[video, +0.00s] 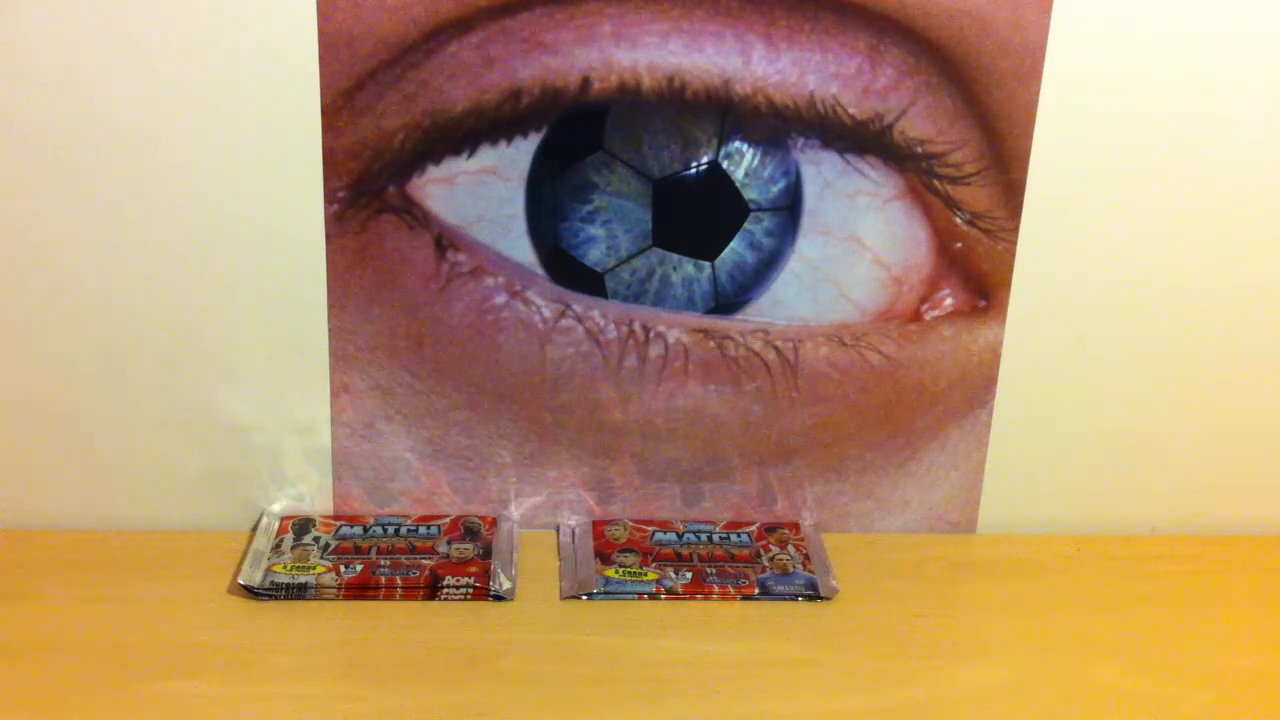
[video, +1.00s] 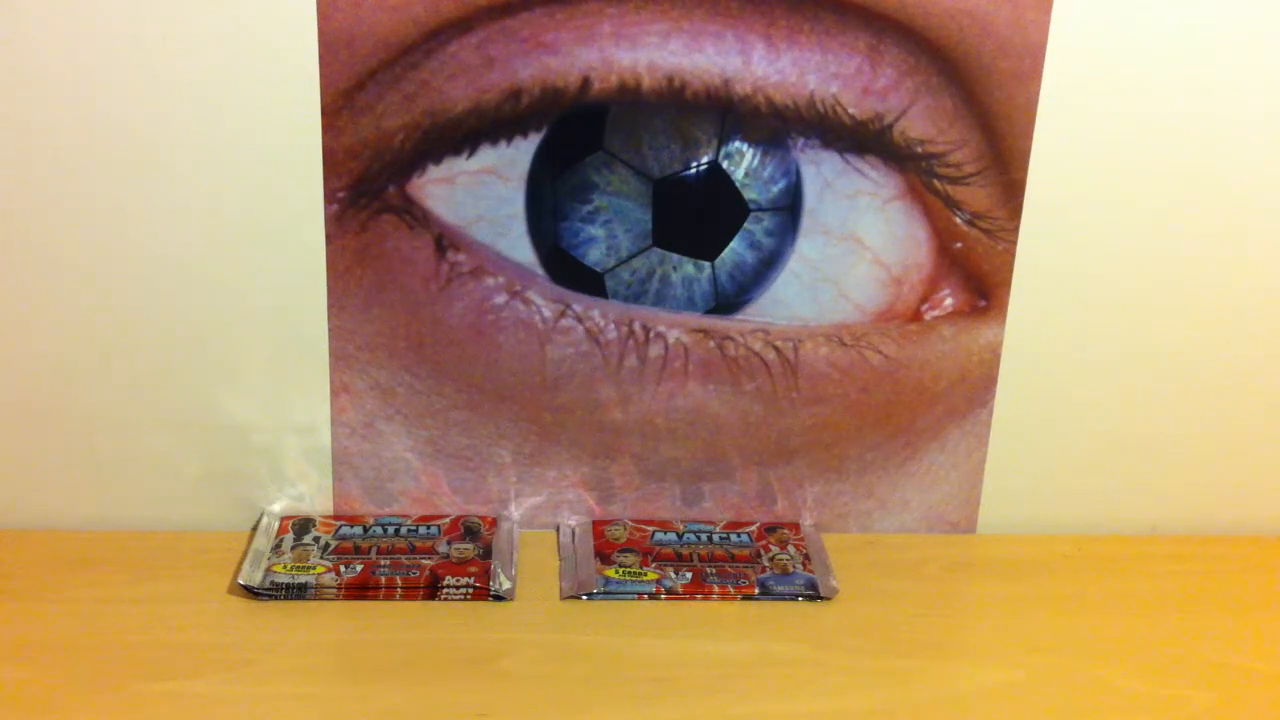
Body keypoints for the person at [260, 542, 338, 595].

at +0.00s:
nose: (310, 554)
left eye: (312, 551)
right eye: (305, 550)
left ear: (315, 552)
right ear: (293, 551)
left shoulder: (323, 568)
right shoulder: (274, 568)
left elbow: (328, 597)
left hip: (309, 611)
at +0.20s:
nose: (309, 554)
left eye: (312, 551)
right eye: (305, 550)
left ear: (315, 551)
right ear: (293, 551)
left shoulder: (323, 568)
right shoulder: (274, 568)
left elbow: (328, 597)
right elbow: (262, 594)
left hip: (309, 612)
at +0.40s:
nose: (309, 554)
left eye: (312, 551)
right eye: (305, 550)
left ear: (315, 551)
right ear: (293, 551)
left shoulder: (323, 568)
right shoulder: (274, 568)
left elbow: (327, 599)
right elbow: (262, 595)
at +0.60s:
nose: (309, 554)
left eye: (312, 551)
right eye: (305, 550)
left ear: (315, 552)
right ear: (293, 551)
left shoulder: (323, 568)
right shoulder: (274, 568)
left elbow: (328, 597)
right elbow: (262, 594)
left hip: (309, 612)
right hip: (277, 611)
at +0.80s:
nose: (309, 555)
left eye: (312, 551)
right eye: (305, 551)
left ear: (315, 552)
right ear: (293, 551)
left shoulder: (323, 568)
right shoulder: (274, 568)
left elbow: (328, 596)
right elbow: (262, 594)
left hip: (309, 611)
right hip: (277, 611)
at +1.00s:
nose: (309, 554)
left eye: (312, 551)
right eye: (305, 550)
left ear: (315, 552)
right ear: (293, 551)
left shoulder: (323, 568)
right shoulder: (274, 568)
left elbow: (327, 597)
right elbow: (262, 595)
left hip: (309, 611)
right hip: (277, 611)